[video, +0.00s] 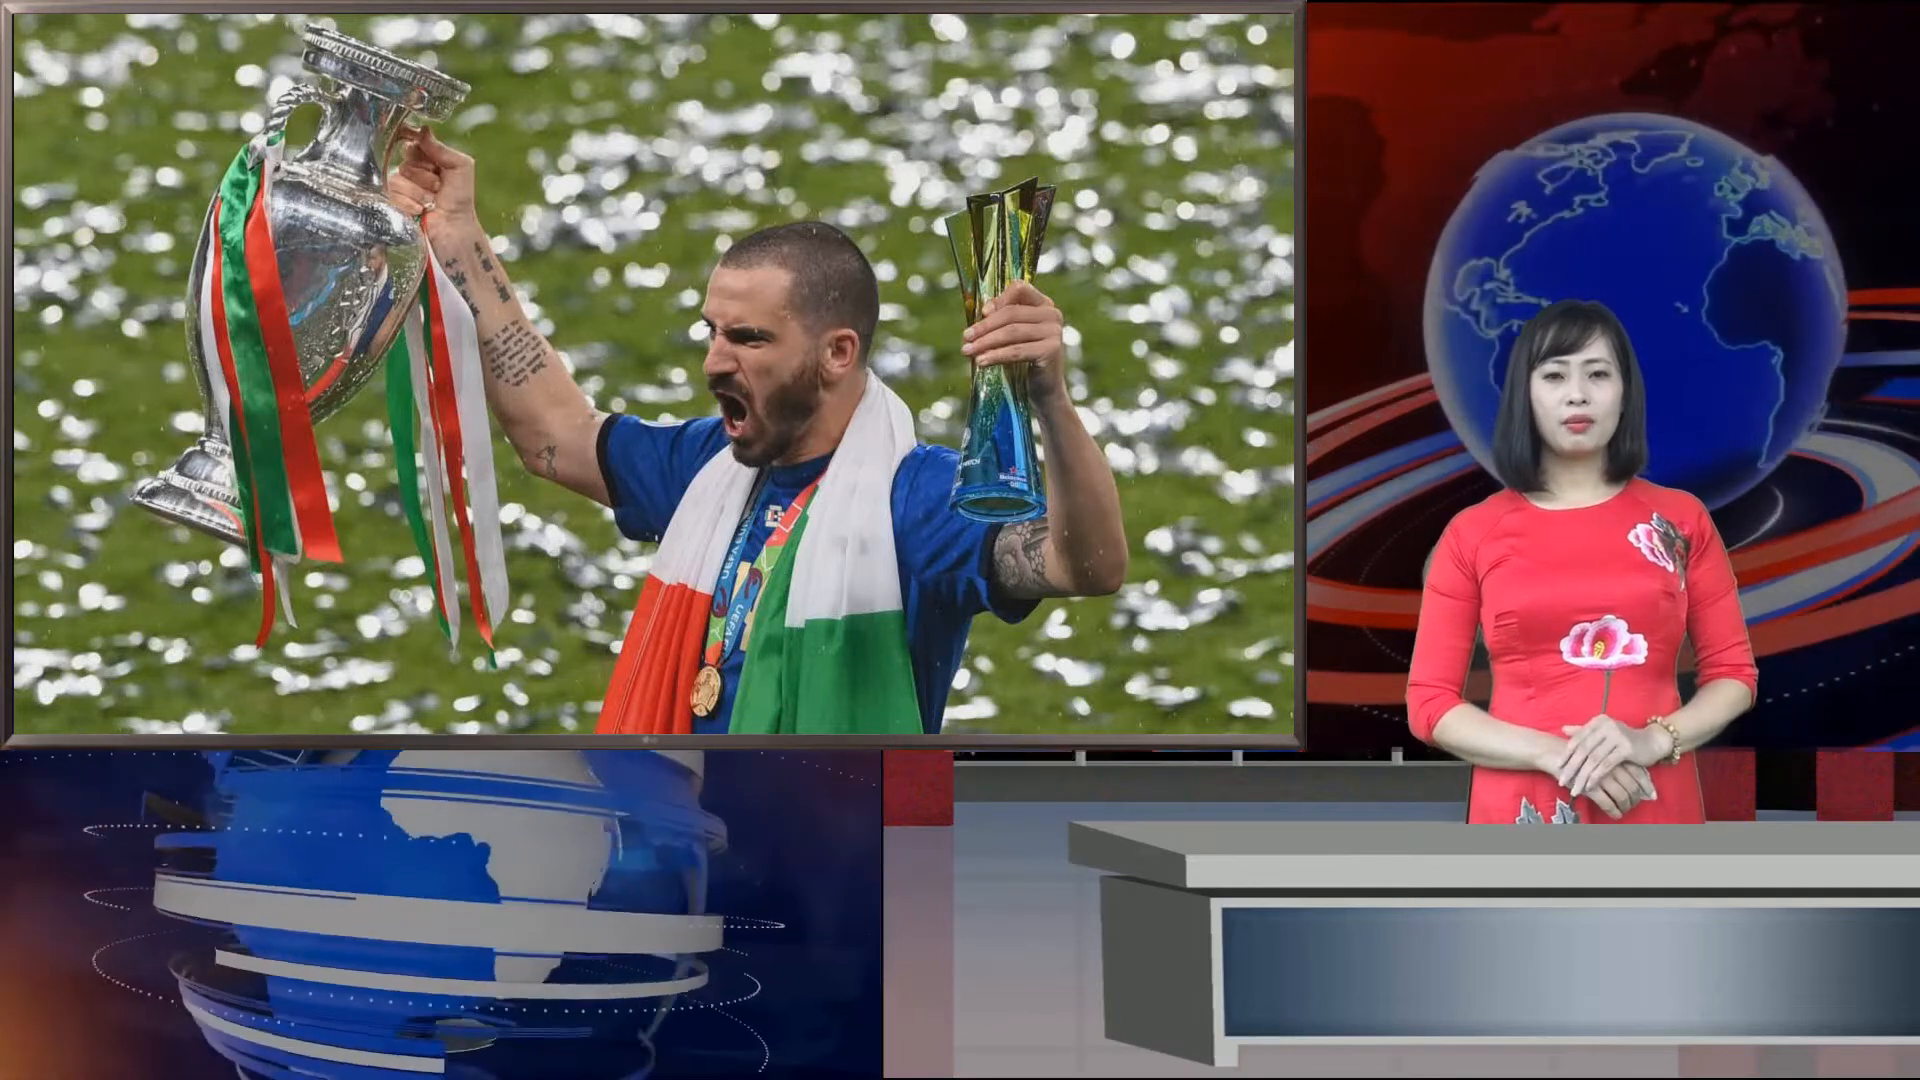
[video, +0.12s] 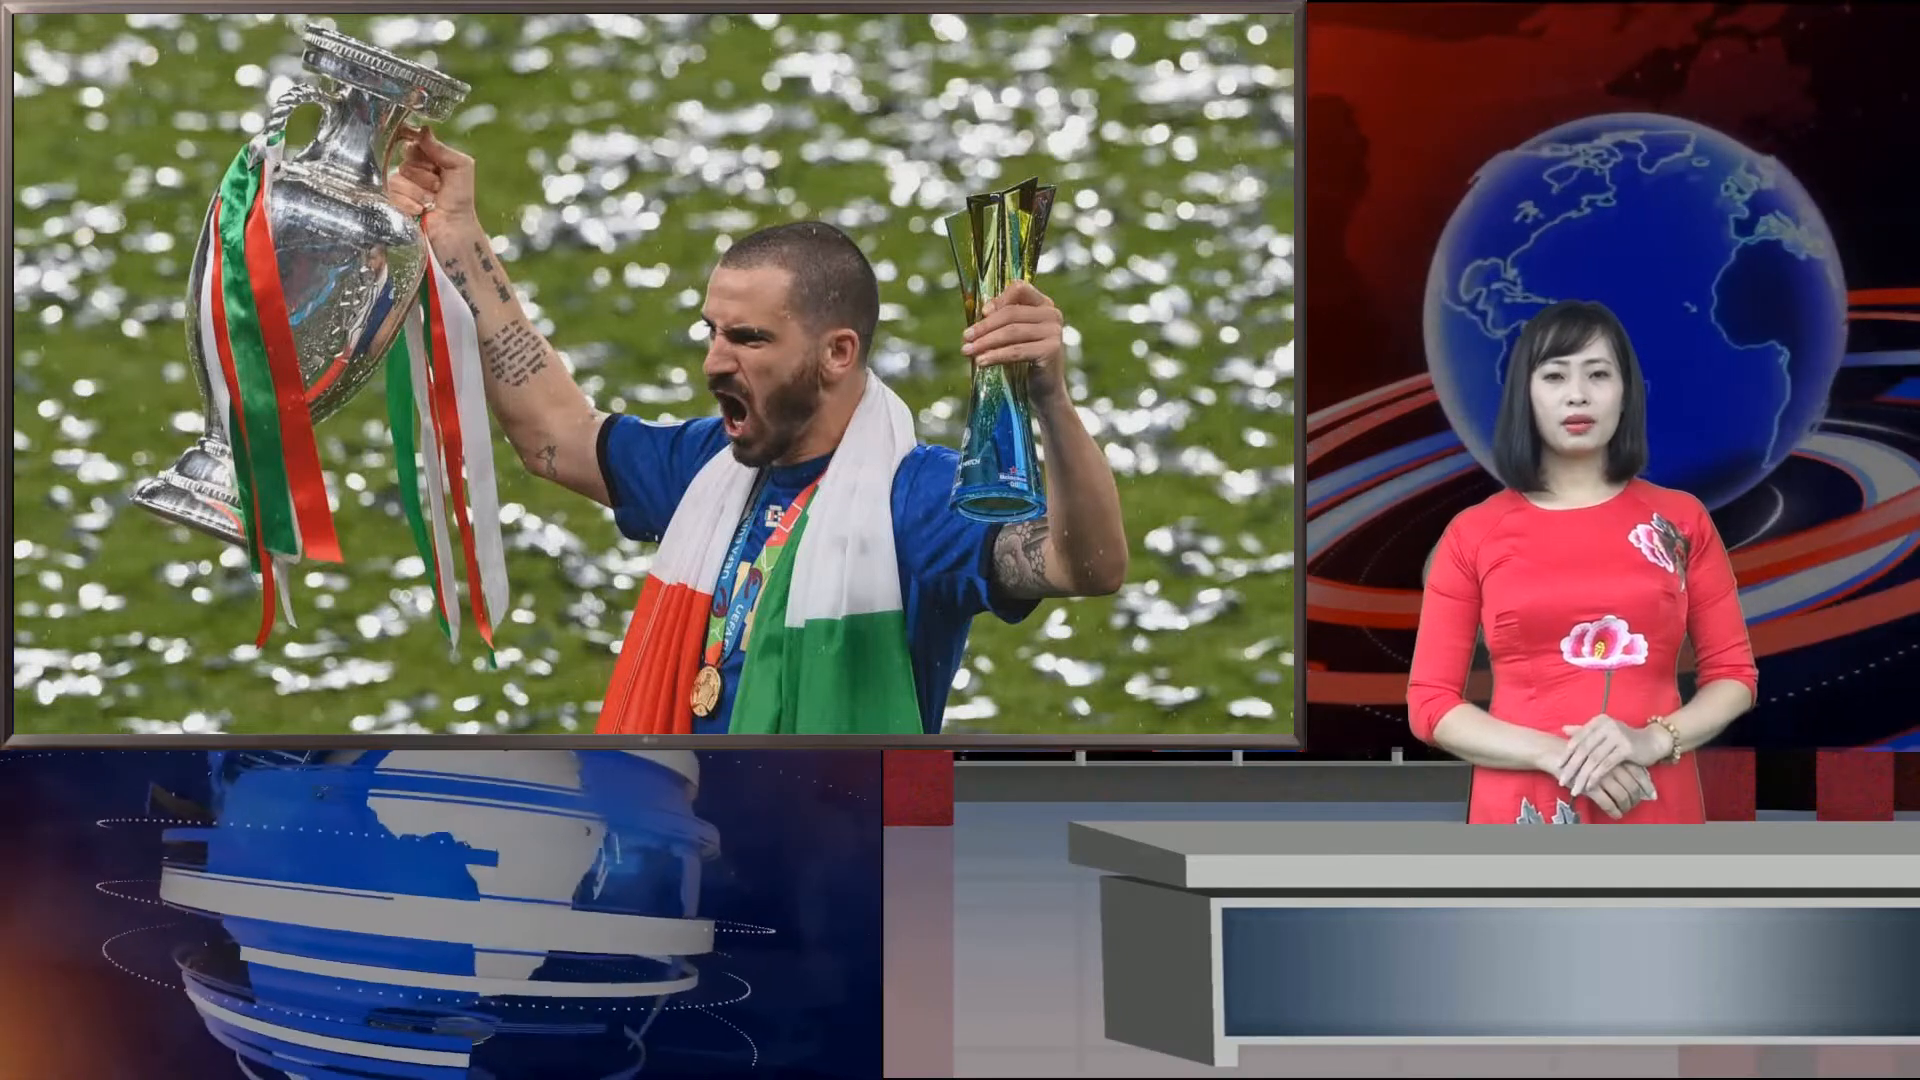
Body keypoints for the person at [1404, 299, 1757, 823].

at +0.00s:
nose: (1577, 394)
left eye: (1598, 374)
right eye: (1555, 375)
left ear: (1625, 392)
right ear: (1525, 393)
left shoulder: (1680, 520)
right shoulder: (1473, 535)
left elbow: (1733, 677)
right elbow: (1430, 704)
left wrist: (1653, 738)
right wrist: (1558, 753)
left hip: (1659, 823)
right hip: (1519, 825)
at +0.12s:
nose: (1577, 394)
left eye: (1598, 374)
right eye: (1555, 376)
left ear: (1625, 392)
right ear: (1525, 393)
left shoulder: (1680, 521)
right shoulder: (1474, 536)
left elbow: (1734, 678)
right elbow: (1430, 704)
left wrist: (1653, 738)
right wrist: (1558, 753)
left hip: (1659, 823)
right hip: (1519, 824)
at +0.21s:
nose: (1577, 394)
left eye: (1598, 375)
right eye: (1555, 376)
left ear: (1626, 392)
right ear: (1526, 393)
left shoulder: (1680, 521)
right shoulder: (1474, 536)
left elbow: (1734, 678)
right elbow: (1431, 704)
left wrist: (1653, 738)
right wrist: (1558, 752)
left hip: (1659, 823)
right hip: (1520, 825)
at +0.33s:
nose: (1579, 395)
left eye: (1599, 376)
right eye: (1557, 377)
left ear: (1626, 393)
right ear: (1527, 394)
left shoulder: (1680, 521)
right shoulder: (1475, 535)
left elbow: (1734, 678)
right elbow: (1431, 703)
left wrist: (1653, 737)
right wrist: (1559, 752)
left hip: (1660, 823)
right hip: (1520, 824)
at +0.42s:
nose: (1580, 395)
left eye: (1600, 376)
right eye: (1557, 377)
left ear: (1627, 393)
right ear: (1528, 394)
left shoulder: (1681, 521)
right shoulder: (1475, 536)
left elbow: (1734, 679)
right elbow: (1432, 703)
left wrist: (1653, 738)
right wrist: (1559, 752)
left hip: (1660, 823)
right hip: (1520, 824)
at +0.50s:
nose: (1580, 396)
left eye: (1601, 377)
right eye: (1557, 378)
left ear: (1627, 394)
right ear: (1528, 395)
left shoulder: (1681, 522)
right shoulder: (1476, 535)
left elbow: (1735, 678)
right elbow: (1432, 704)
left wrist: (1654, 738)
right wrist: (1560, 752)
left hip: (1660, 823)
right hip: (1520, 824)